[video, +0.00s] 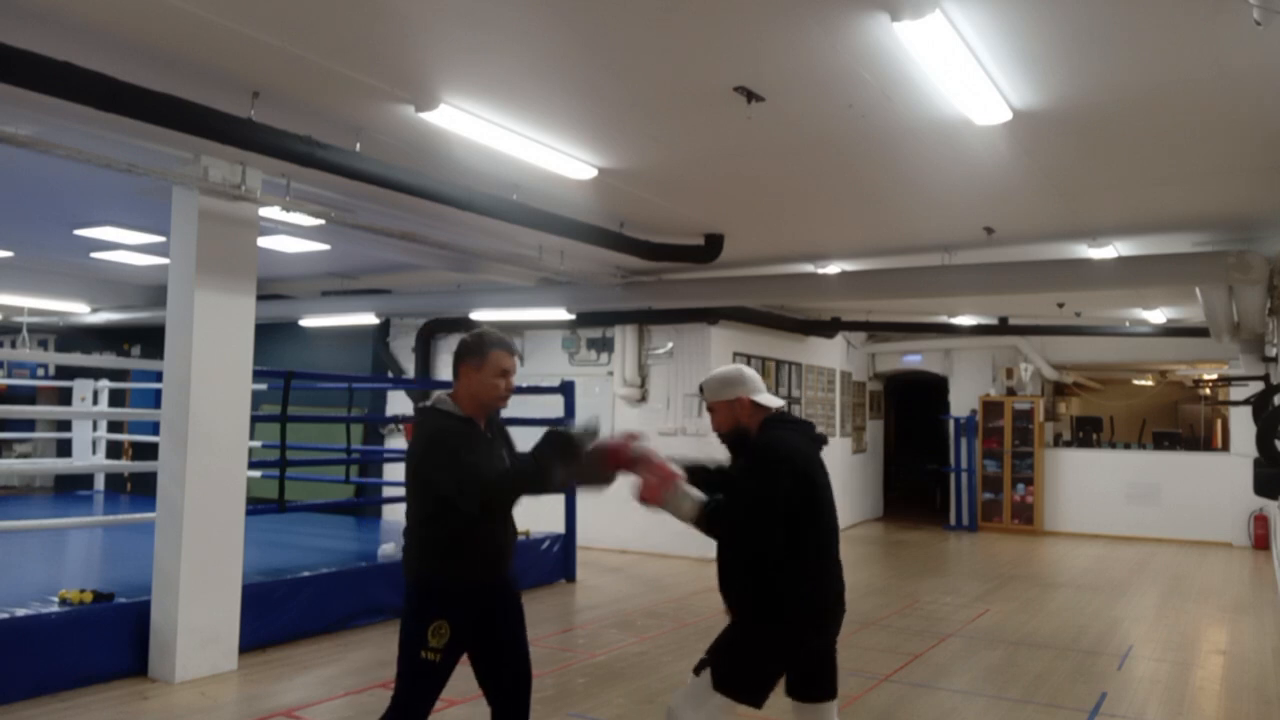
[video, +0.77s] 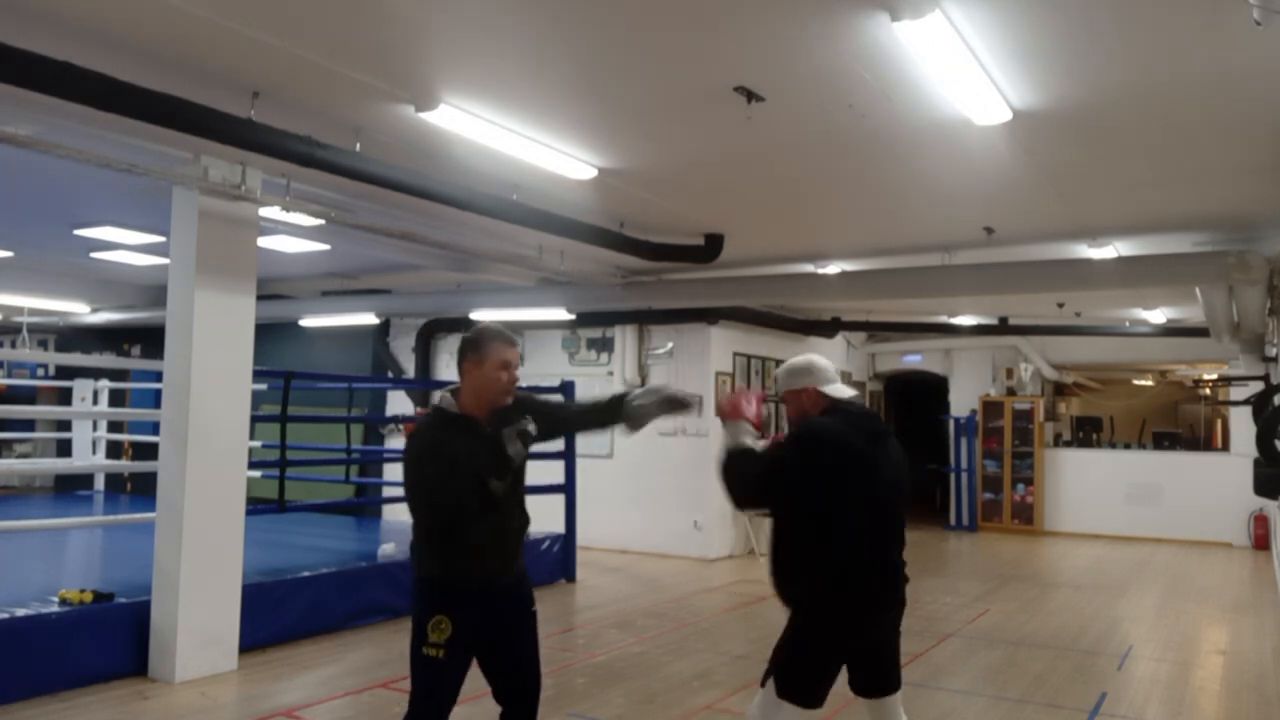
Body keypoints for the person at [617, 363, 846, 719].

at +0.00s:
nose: (712, 425)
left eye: (714, 412)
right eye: (710, 414)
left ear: (742, 405)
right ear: (744, 405)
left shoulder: (771, 452)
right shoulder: (786, 442)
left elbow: (738, 525)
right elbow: (729, 481)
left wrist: (675, 499)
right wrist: (664, 470)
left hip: (774, 615)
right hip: (814, 609)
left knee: (692, 709)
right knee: (816, 711)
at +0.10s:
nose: (716, 423)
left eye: (719, 412)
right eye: (715, 413)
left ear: (747, 407)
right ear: (754, 405)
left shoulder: (746, 451)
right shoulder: (808, 443)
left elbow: (681, 485)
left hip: (761, 615)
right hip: (818, 608)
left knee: (689, 708)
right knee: (817, 709)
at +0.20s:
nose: (712, 414)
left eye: (713, 402)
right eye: (709, 404)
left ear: (741, 397)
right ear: (747, 395)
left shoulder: (746, 440)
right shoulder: (803, 431)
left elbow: (677, 485)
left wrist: (635, 449)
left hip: (765, 607)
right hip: (812, 600)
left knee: (696, 707)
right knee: (815, 709)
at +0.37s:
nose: (709, 411)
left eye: (710, 399)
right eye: (707, 401)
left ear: (737, 394)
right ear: (741, 392)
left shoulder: (781, 439)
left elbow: (749, 522)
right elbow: (703, 444)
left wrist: (698, 478)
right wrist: (629, 442)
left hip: (780, 606)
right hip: (809, 598)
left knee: (711, 707)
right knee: (817, 708)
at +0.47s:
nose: (718, 410)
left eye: (720, 397)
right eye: (716, 398)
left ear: (747, 390)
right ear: (750, 390)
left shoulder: (782, 438)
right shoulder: (792, 430)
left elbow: (742, 516)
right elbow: (747, 505)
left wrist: (700, 462)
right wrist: (686, 470)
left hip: (787, 609)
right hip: (819, 603)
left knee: (717, 709)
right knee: (840, 707)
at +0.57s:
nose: (742, 413)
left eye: (742, 401)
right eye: (739, 404)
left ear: (763, 393)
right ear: (777, 389)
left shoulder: (771, 439)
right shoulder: (833, 428)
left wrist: (700, 410)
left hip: (792, 607)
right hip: (844, 599)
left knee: (734, 705)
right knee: (862, 701)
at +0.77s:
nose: (786, 411)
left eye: (787, 401)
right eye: (784, 402)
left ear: (808, 395)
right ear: (826, 392)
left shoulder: (813, 440)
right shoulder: (875, 431)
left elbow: (748, 489)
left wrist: (738, 428)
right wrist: (782, 450)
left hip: (825, 601)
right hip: (881, 594)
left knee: (775, 705)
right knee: (885, 702)